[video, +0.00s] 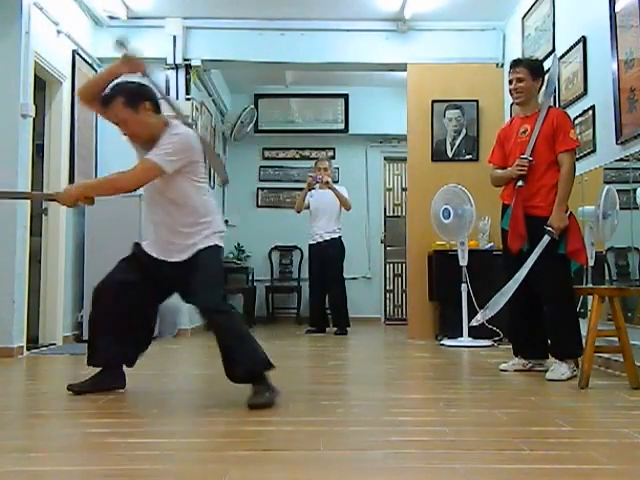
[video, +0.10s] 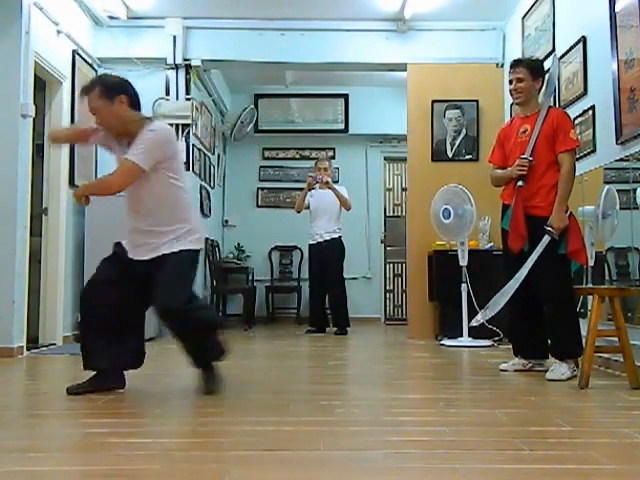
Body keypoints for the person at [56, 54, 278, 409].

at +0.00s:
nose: (123, 134)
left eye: (124, 124)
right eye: (119, 126)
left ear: (146, 110)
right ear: (141, 112)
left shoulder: (181, 139)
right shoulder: (146, 136)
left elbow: (133, 180)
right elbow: (86, 97)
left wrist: (83, 189)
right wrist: (119, 67)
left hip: (200, 245)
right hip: (158, 246)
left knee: (211, 304)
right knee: (109, 294)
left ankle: (259, 380)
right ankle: (111, 372)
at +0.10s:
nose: (94, 122)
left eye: (97, 112)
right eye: (93, 115)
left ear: (122, 103)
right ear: (117, 106)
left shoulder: (158, 133)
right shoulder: (117, 136)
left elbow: (116, 183)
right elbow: (56, 135)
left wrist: (83, 189)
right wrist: (79, 134)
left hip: (179, 240)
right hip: (139, 243)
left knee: (170, 302)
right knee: (98, 298)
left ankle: (207, 361)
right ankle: (109, 373)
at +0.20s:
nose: (78, 115)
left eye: (80, 105)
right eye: (76, 107)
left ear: (103, 100)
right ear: (100, 103)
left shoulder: (139, 132)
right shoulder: (101, 140)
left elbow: (97, 180)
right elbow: (73, 165)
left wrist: (77, 176)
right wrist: (32, 166)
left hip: (157, 241)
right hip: (122, 241)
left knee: (137, 307)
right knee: (87, 297)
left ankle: (135, 358)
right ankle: (107, 372)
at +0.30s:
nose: (67, 120)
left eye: (69, 110)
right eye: (66, 112)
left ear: (92, 106)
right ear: (89, 108)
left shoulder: (126, 134)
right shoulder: (91, 142)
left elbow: (85, 176)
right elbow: (71, 161)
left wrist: (66, 169)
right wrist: (44, 165)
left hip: (142, 246)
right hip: (106, 242)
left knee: (107, 313)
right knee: (78, 300)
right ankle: (107, 372)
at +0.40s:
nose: (62, 121)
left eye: (66, 113)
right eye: (61, 114)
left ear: (91, 112)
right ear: (86, 114)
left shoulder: (122, 143)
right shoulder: (82, 149)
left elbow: (77, 180)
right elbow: (55, 160)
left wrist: (59, 166)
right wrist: (28, 161)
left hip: (129, 249)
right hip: (93, 244)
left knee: (98, 311)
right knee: (70, 303)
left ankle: (75, 357)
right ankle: (107, 370)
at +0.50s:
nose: (73, 120)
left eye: (80, 113)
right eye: (70, 113)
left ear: (103, 112)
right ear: (68, 114)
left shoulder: (123, 144)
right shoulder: (75, 146)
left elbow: (85, 181)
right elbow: (32, 163)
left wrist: (61, 167)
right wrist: (1, 168)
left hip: (123, 251)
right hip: (85, 245)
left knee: (96, 312)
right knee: (74, 303)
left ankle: (69, 355)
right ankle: (106, 370)